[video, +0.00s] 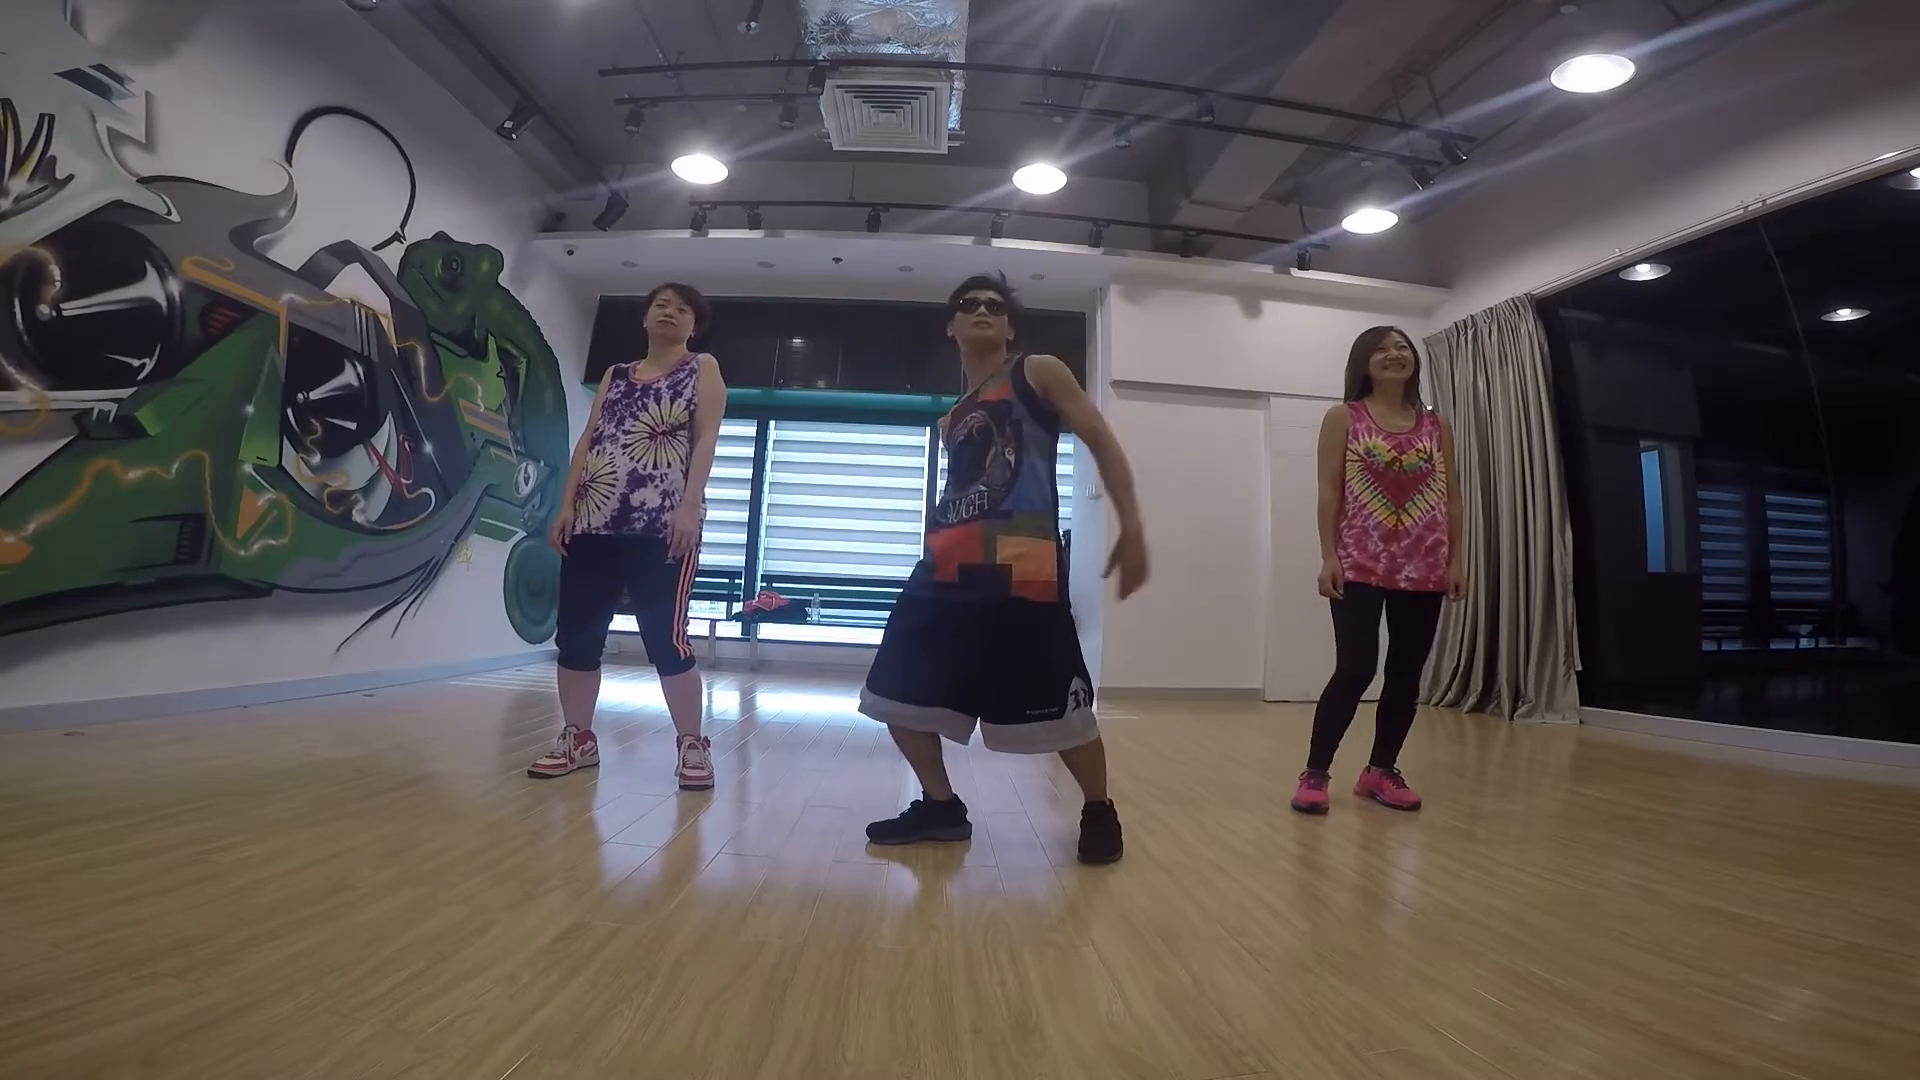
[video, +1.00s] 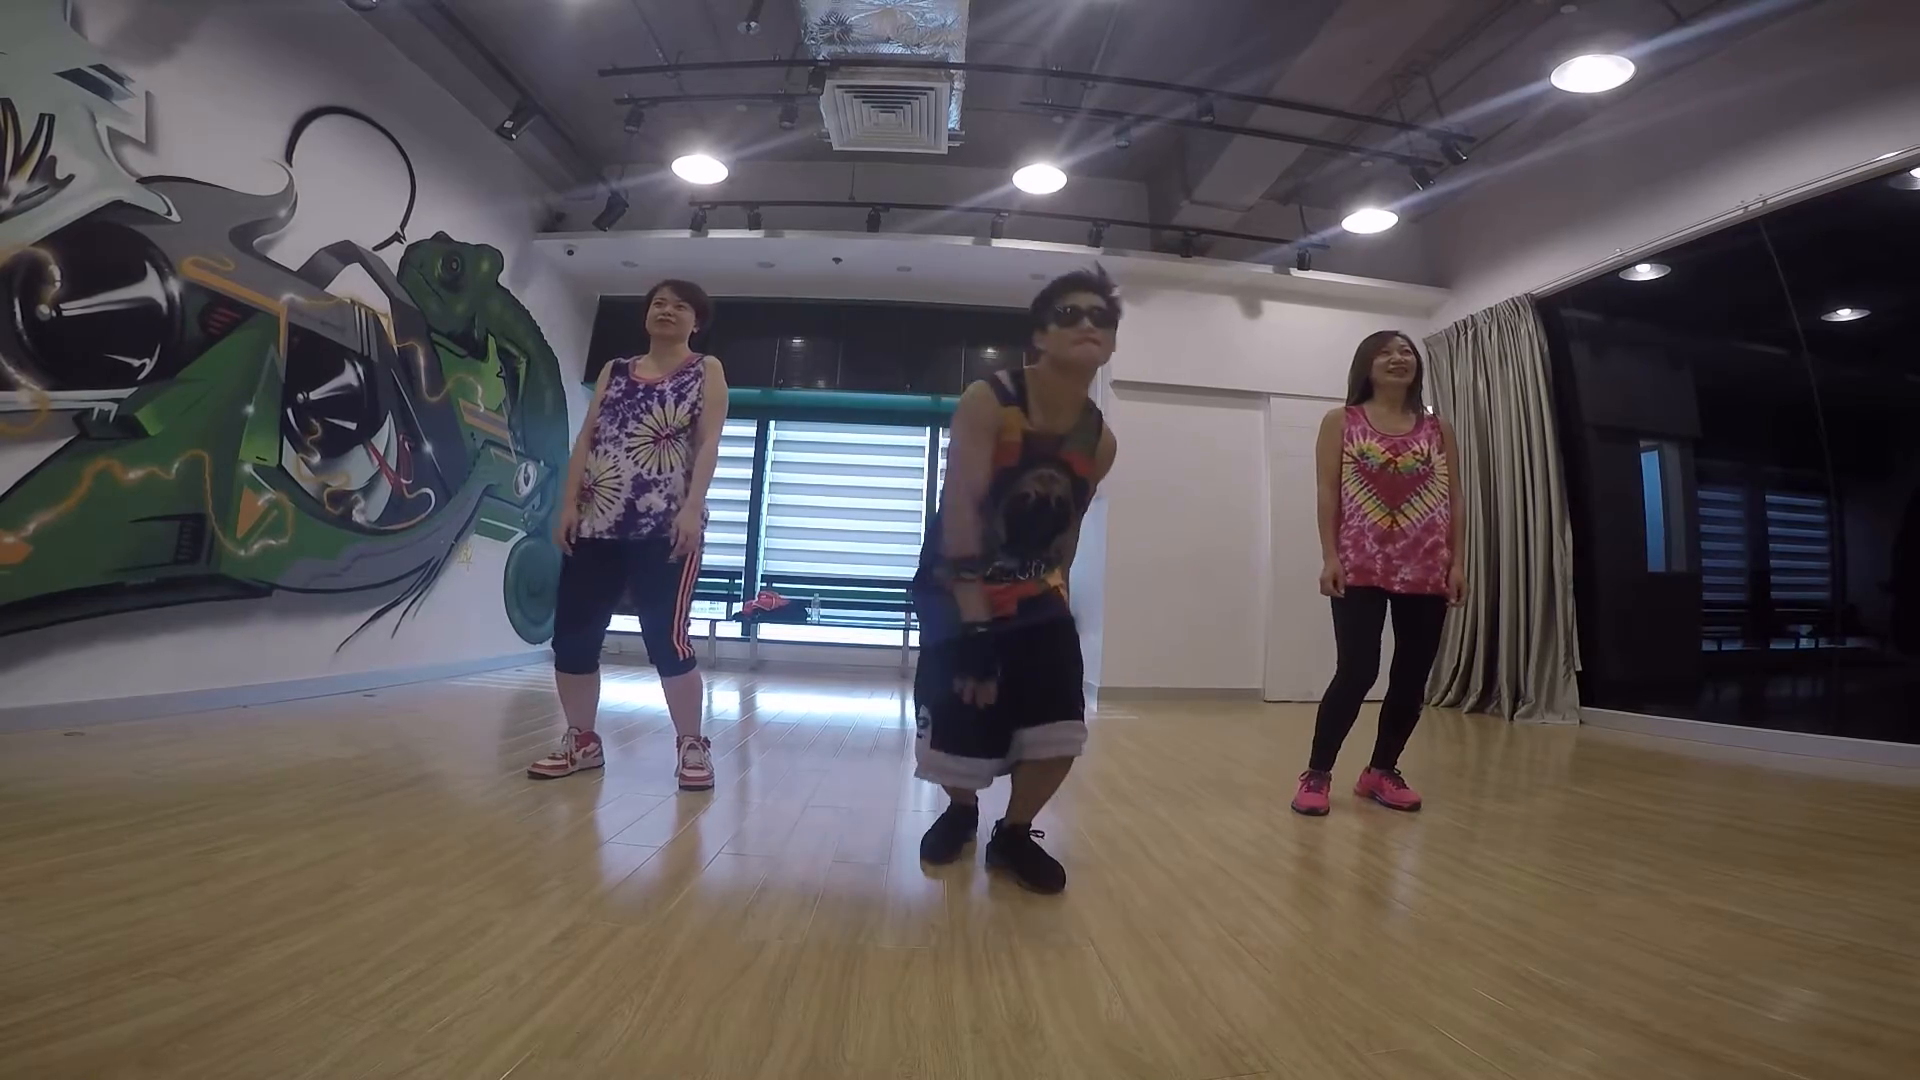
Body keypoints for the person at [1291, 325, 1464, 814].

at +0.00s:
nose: (1394, 354)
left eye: (1402, 348)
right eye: (1382, 349)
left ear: (1415, 362)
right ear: (1364, 364)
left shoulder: (1435, 424)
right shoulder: (1343, 417)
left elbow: (1450, 495)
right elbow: (1330, 489)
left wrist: (1456, 559)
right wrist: (1329, 557)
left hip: (1422, 569)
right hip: (1359, 566)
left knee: (1404, 676)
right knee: (1356, 670)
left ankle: (1381, 771)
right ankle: (1316, 774)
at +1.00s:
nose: (1398, 358)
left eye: (1406, 353)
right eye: (1386, 352)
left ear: (1418, 368)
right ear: (1366, 366)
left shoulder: (1437, 428)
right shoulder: (1341, 421)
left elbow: (1453, 497)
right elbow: (1328, 491)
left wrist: (1456, 562)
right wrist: (1330, 557)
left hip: (1425, 570)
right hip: (1361, 567)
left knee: (1410, 677)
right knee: (1357, 672)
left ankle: (1381, 772)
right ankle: (1317, 775)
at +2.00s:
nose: (1363, 341)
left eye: (1370, 337)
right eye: (1349, 336)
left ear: (1380, 357)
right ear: (1327, 355)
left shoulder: (1392, 421)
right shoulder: (1300, 406)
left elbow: (1400, 494)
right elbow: (1279, 476)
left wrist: (1411, 552)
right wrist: (1271, 543)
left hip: (1368, 565)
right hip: (1301, 559)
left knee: (1384, 671)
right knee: (1305, 668)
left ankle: (1355, 762)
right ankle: (1283, 783)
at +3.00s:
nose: (1326, 354)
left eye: (1334, 349)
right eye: (1313, 351)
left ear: (1348, 364)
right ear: (1296, 371)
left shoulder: (1379, 419)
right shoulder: (1285, 427)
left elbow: (1396, 490)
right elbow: (1278, 500)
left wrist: (1400, 558)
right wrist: (1272, 566)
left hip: (1368, 566)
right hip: (1302, 566)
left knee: (1369, 674)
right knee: (1316, 665)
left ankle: (1346, 768)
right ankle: (1300, 767)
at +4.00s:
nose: (1319, 371)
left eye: (1327, 366)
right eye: (1307, 367)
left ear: (1339, 379)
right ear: (1292, 384)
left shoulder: (1362, 433)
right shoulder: (1277, 433)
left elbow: (1380, 496)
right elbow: (1263, 497)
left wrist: (1397, 551)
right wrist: (1251, 557)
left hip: (1352, 567)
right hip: (1295, 564)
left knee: (1336, 660)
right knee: (1327, 655)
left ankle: (1307, 751)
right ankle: (1284, 749)